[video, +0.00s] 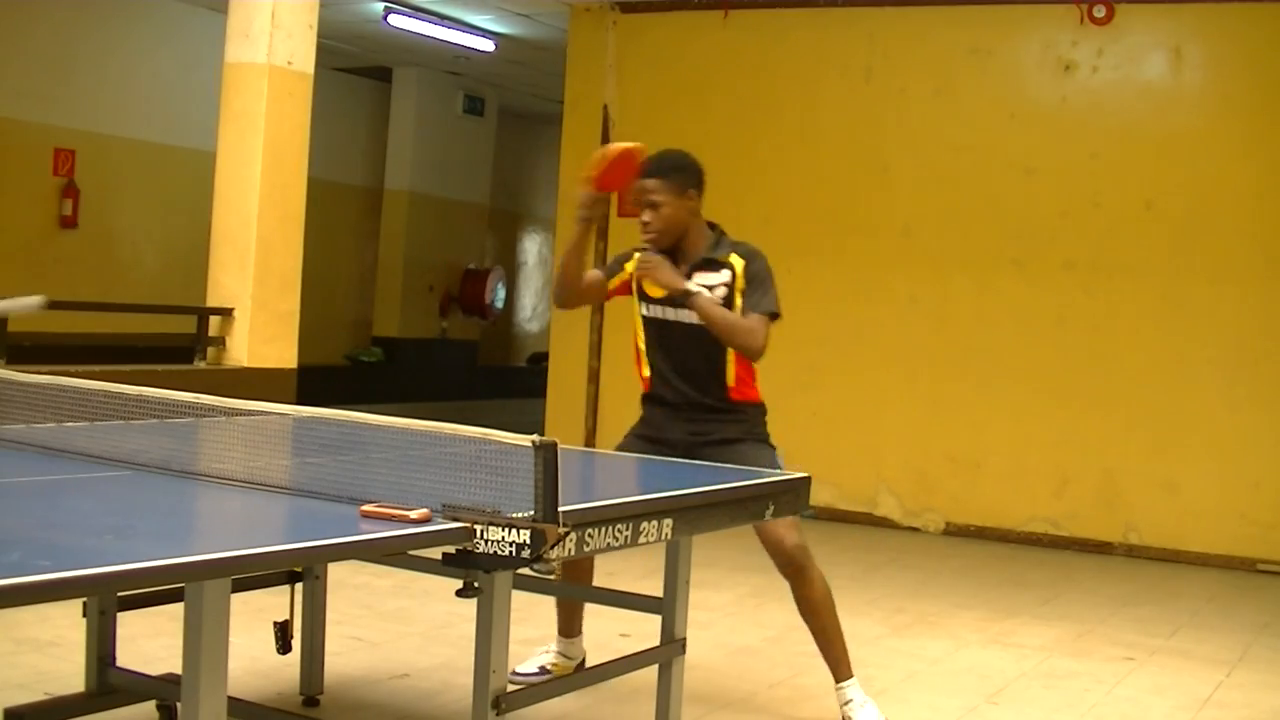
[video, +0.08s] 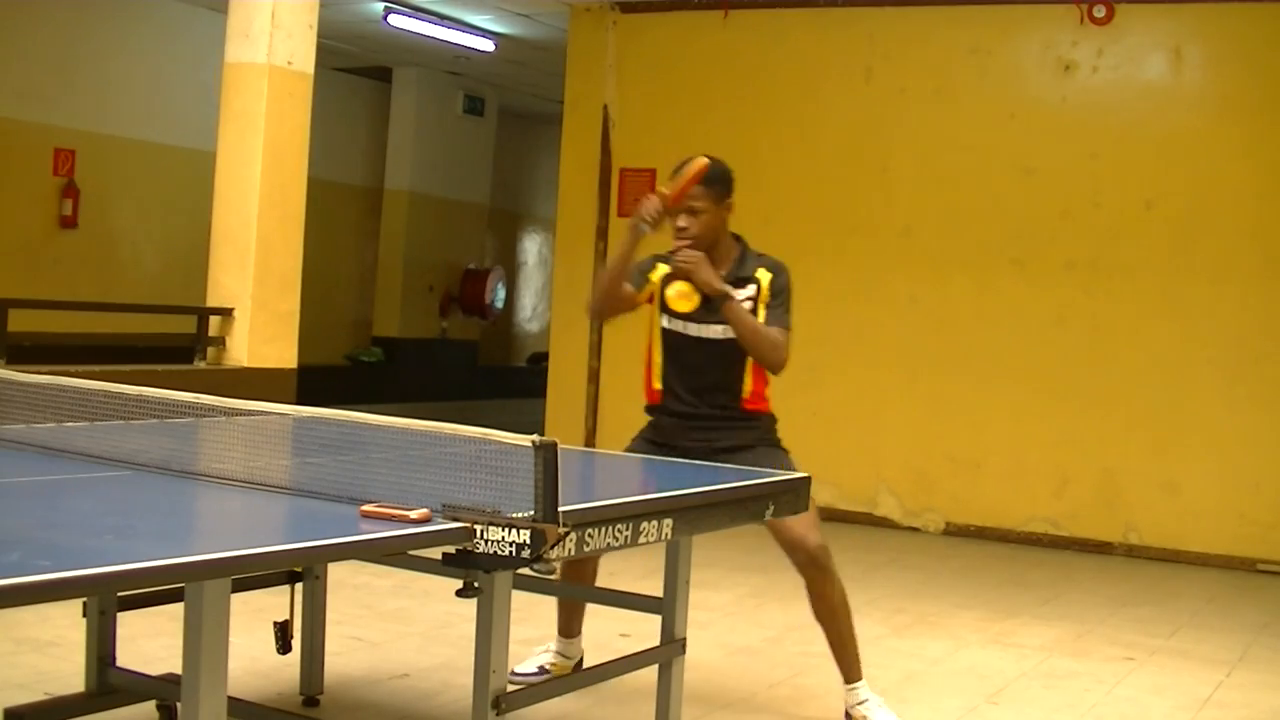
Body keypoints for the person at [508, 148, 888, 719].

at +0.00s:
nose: (642, 218)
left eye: (653, 205)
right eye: (637, 206)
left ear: (693, 202)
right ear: (636, 206)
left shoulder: (742, 262)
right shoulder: (643, 262)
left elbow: (754, 341)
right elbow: (569, 295)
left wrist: (682, 288)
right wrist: (584, 221)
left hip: (734, 435)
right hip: (657, 431)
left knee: (790, 547)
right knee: (575, 521)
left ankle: (849, 692)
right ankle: (567, 652)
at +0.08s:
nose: (682, 223)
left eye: (695, 212)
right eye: (676, 211)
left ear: (727, 211)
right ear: (670, 212)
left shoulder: (765, 275)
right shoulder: (662, 266)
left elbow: (775, 356)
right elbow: (601, 307)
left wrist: (717, 291)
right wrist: (633, 232)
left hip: (745, 438)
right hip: (666, 434)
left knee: (811, 548)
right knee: (582, 525)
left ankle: (857, 693)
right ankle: (565, 653)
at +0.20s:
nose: (716, 210)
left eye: (730, 198)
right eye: (711, 197)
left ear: (764, 198)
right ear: (705, 199)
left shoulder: (806, 259)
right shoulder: (704, 257)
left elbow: (821, 352)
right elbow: (661, 358)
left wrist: (758, 301)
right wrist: (671, 298)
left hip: (796, 427)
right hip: (719, 424)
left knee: (845, 543)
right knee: (639, 522)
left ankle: (871, 691)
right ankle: (588, 650)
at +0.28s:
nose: (730, 212)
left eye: (744, 200)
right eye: (725, 199)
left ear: (778, 200)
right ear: (720, 201)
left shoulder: (825, 259)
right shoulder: (716, 272)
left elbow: (850, 353)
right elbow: (691, 378)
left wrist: (778, 314)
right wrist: (685, 347)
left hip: (825, 420)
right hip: (751, 419)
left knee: (872, 534)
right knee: (665, 520)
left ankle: (908, 680)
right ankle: (647, 657)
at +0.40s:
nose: (747, 256)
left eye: (760, 242)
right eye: (742, 242)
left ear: (796, 239)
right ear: (736, 241)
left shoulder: (848, 291)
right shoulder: (737, 314)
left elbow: (880, 385)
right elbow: (712, 414)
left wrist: (810, 355)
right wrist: (729, 430)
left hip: (862, 444)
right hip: (785, 443)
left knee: (916, 551)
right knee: (698, 538)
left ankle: (959, 699)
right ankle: (689, 666)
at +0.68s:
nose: (778, 277)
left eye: (790, 265)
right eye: (772, 264)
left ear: (827, 257)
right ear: (766, 257)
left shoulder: (876, 298)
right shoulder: (760, 313)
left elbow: (918, 387)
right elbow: (690, 376)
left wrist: (866, 368)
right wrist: (679, 386)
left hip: (883, 442)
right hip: (804, 442)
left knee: (927, 551)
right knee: (719, 539)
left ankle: (961, 702)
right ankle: (692, 667)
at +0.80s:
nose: (778, 248)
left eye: (791, 236)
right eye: (773, 234)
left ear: (828, 228)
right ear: (767, 229)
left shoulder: (875, 280)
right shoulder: (757, 284)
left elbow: (913, 370)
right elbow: (668, 328)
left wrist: (869, 337)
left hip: (868, 431)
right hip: (789, 429)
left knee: (924, 546)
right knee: (698, 523)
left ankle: (940, 702)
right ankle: (683, 657)